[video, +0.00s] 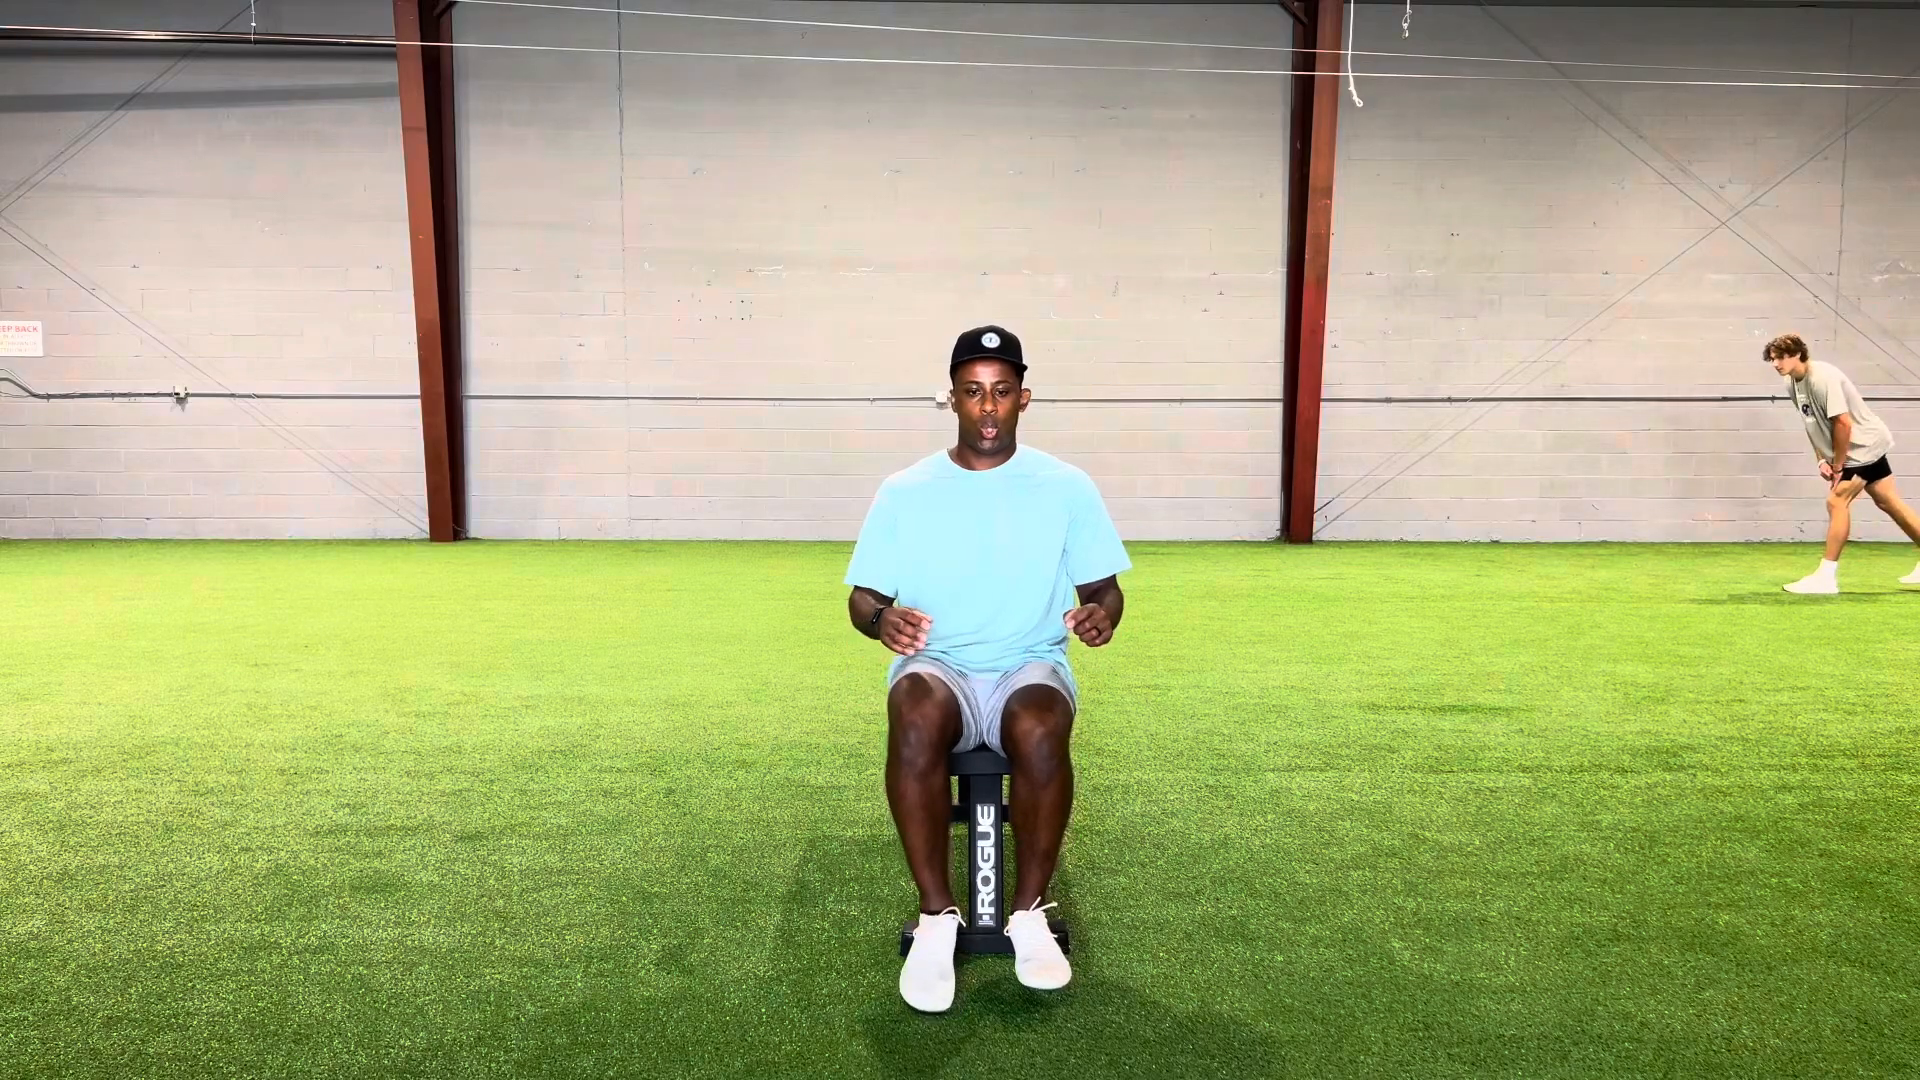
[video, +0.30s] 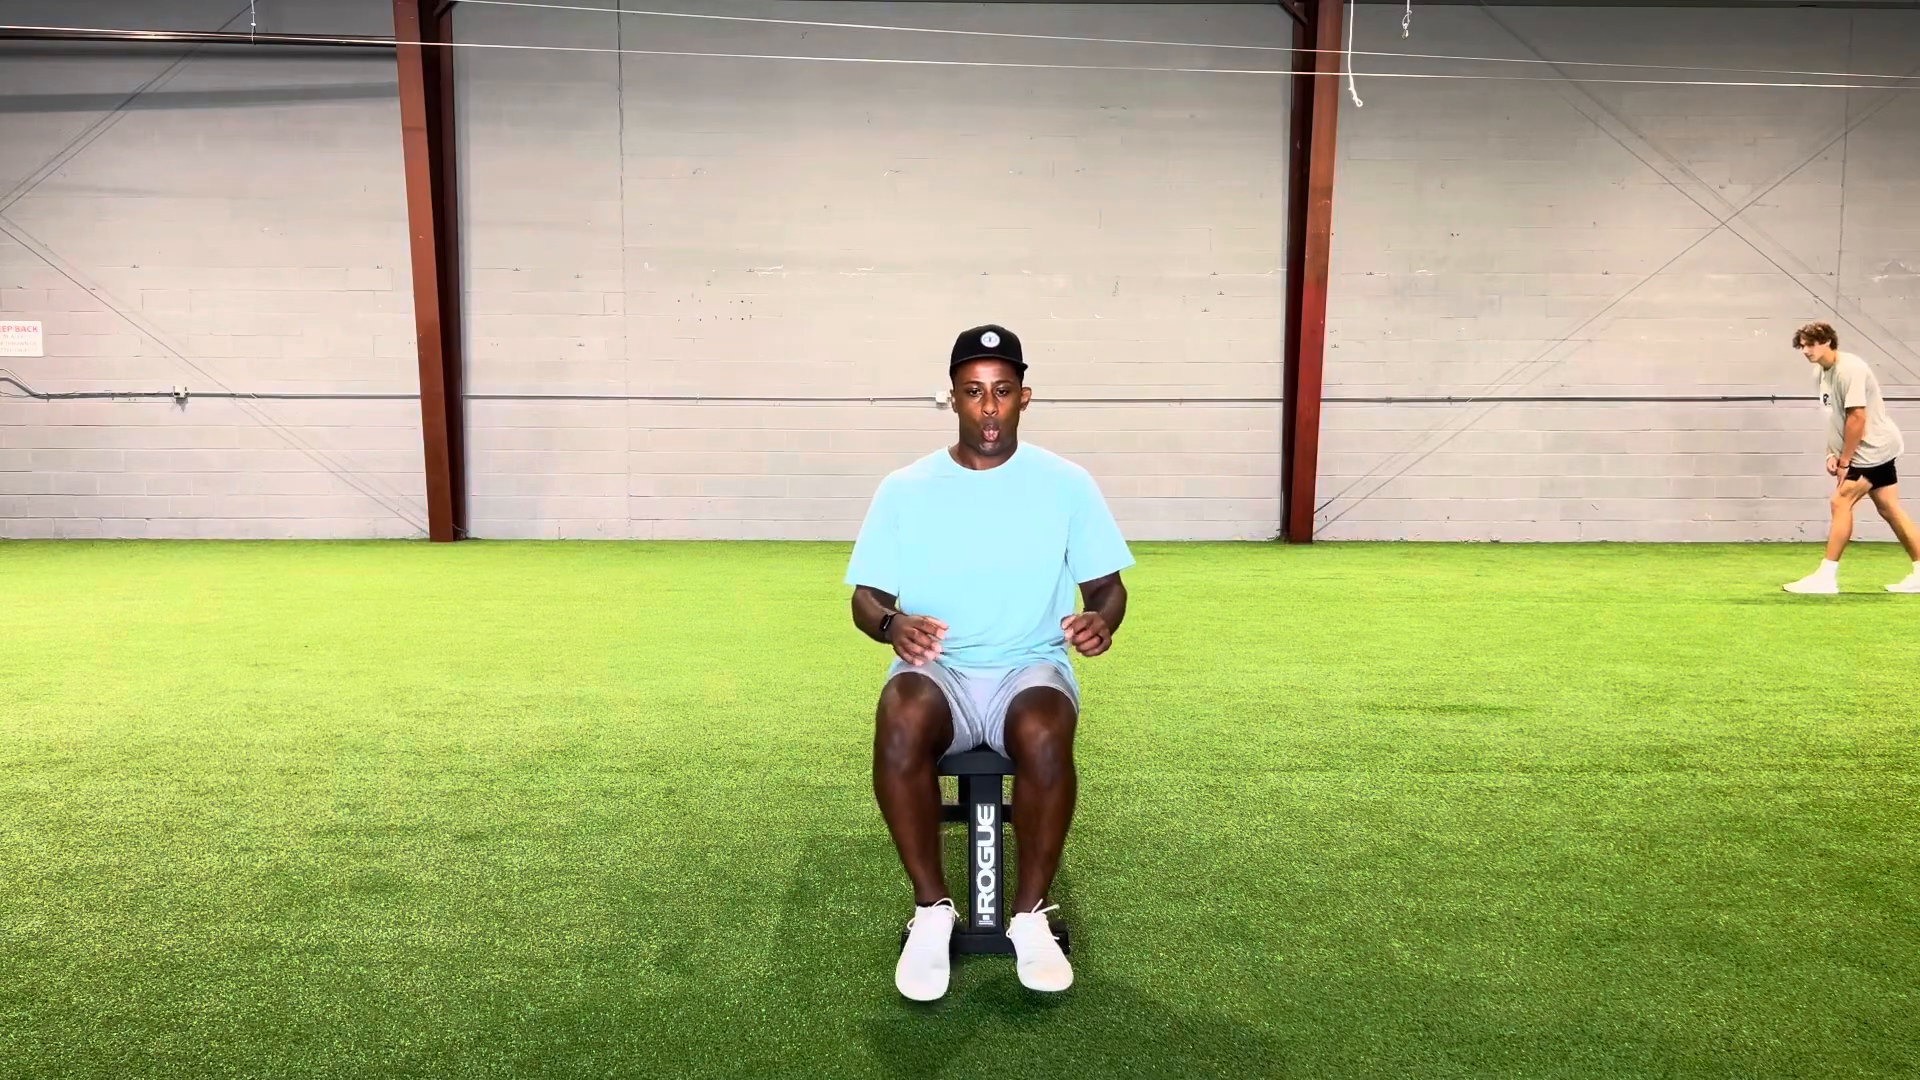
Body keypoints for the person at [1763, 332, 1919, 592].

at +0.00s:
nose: (1775, 365)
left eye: (1780, 358)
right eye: (1773, 360)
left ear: (1797, 355)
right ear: (1779, 361)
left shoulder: (1823, 377)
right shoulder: (1794, 383)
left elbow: (1843, 423)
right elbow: (1811, 423)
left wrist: (1838, 465)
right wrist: (1821, 458)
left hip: (1868, 446)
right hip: (1861, 446)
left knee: (1838, 502)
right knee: (1889, 502)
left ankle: (1826, 575)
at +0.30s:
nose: (1805, 352)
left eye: (1809, 345)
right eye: (1802, 347)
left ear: (1827, 343)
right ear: (1806, 349)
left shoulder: (1850, 367)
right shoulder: (1824, 373)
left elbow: (1857, 418)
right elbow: (1836, 416)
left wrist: (1844, 461)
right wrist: (1833, 452)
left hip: (1875, 449)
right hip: (1874, 448)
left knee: (1841, 502)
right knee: (1889, 509)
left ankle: (1826, 576)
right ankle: (1918, 569)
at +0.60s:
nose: (1843, 341)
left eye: (1847, 335)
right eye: (1841, 336)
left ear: (1864, 331)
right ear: (1846, 336)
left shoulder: (1886, 359)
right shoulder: (1858, 363)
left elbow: (1890, 407)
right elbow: (1864, 411)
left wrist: (1860, 448)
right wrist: (1852, 449)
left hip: (1884, 451)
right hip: (1877, 451)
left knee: (1852, 502)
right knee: (1895, 508)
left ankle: (1828, 574)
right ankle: (1919, 570)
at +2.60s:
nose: (1856, 344)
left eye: (1858, 337)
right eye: (1854, 339)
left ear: (1874, 331)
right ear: (1869, 334)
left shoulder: (1898, 358)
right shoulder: (1876, 358)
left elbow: (1901, 408)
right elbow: (1872, 408)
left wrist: (1876, 449)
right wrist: (1860, 446)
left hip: (1880, 452)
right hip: (1873, 452)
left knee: (1858, 507)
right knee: (1890, 510)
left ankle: (1828, 575)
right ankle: (1919, 570)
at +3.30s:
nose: (1836, 348)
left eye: (1839, 341)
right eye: (1831, 345)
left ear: (1852, 336)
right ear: (1829, 347)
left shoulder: (1873, 361)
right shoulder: (1843, 369)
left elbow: (1884, 409)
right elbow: (1848, 412)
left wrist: (1857, 450)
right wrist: (1837, 445)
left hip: (1881, 450)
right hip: (1871, 450)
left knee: (1841, 501)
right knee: (1894, 511)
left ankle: (1826, 574)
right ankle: (1919, 571)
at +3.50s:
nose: (1808, 361)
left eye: (1811, 354)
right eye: (1803, 358)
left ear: (1825, 347)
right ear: (1801, 358)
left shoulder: (1845, 370)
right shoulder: (1816, 378)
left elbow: (1858, 418)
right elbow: (1823, 416)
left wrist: (1843, 457)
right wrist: (1826, 449)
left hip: (1875, 448)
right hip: (1866, 449)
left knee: (1837, 501)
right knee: (1889, 509)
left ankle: (1826, 574)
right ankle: (1919, 567)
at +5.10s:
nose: (1775, 384)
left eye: (1777, 377)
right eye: (1772, 379)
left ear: (1792, 370)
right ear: (1788, 373)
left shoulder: (1823, 386)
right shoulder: (1796, 396)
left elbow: (1850, 427)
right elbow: (1811, 431)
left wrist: (1835, 471)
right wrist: (1814, 463)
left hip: (1869, 454)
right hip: (1863, 456)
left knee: (1822, 502)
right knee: (1885, 514)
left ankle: (1826, 576)